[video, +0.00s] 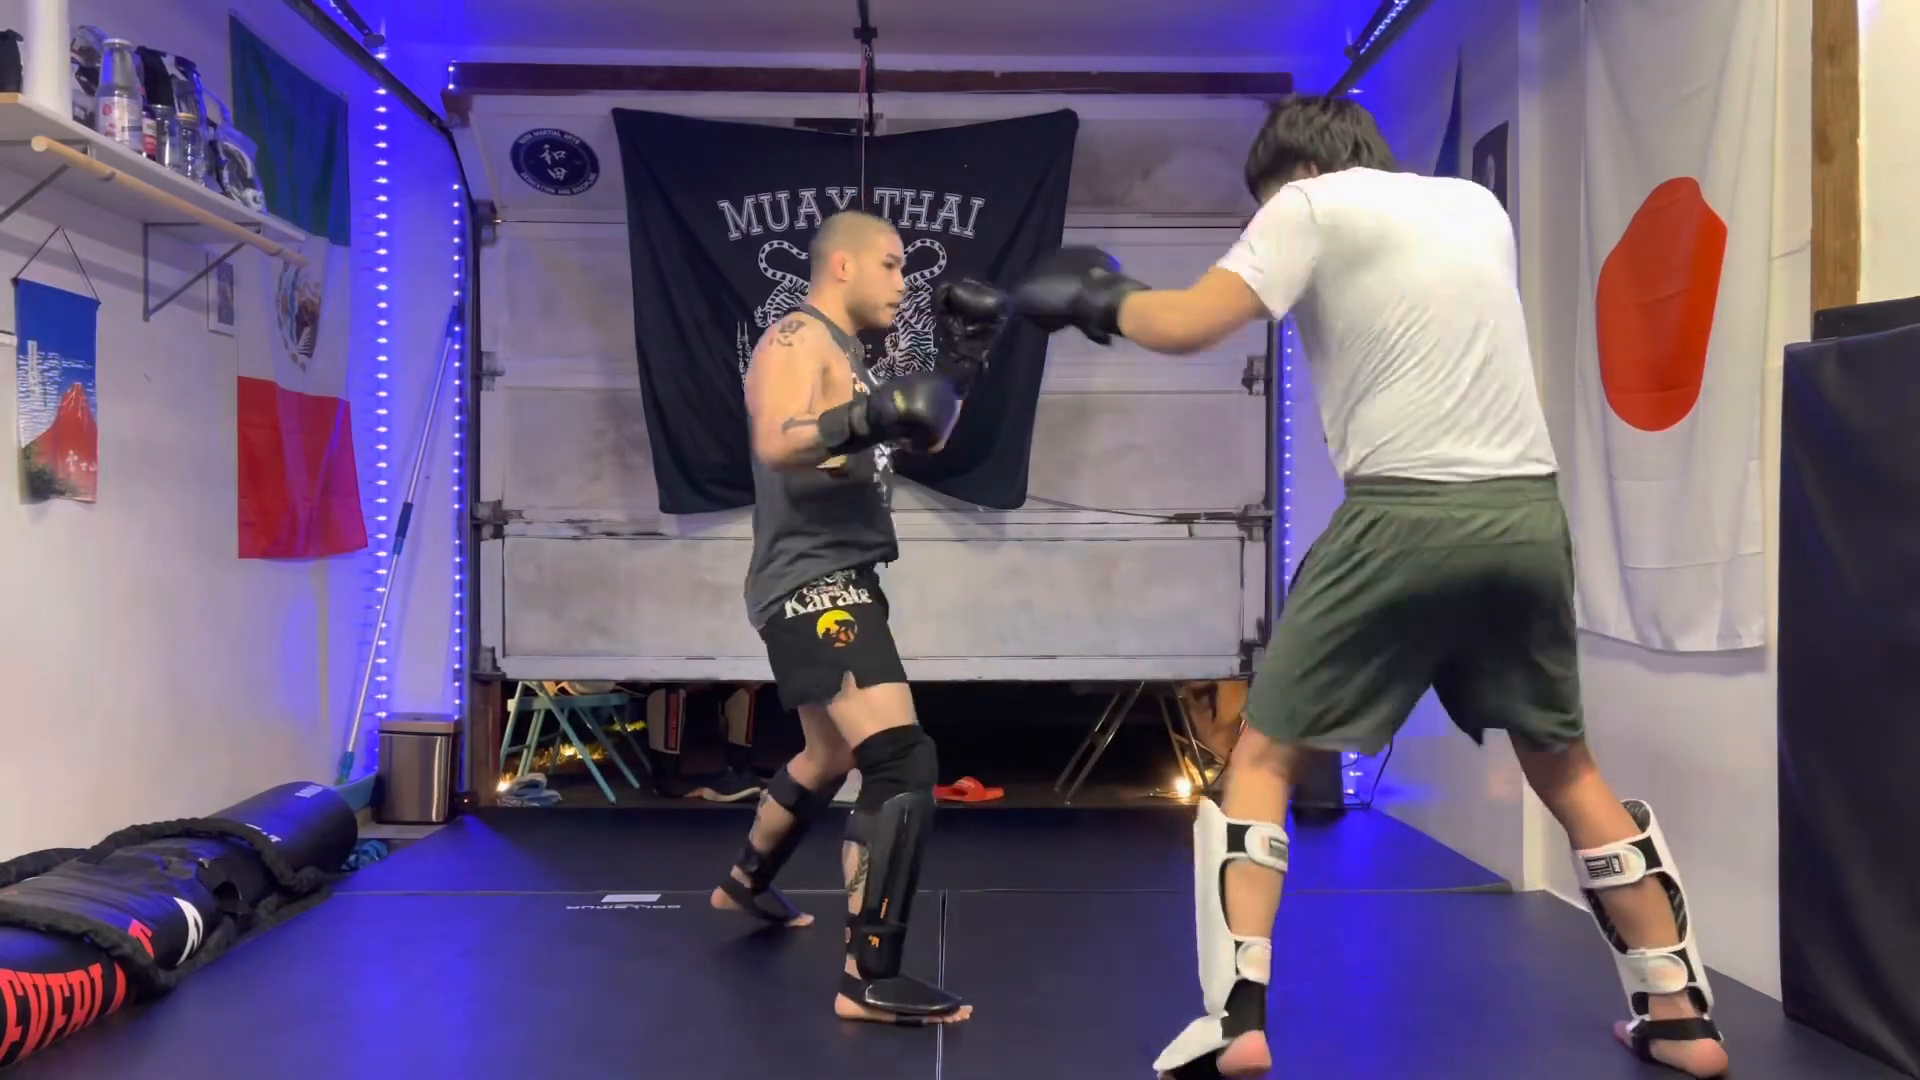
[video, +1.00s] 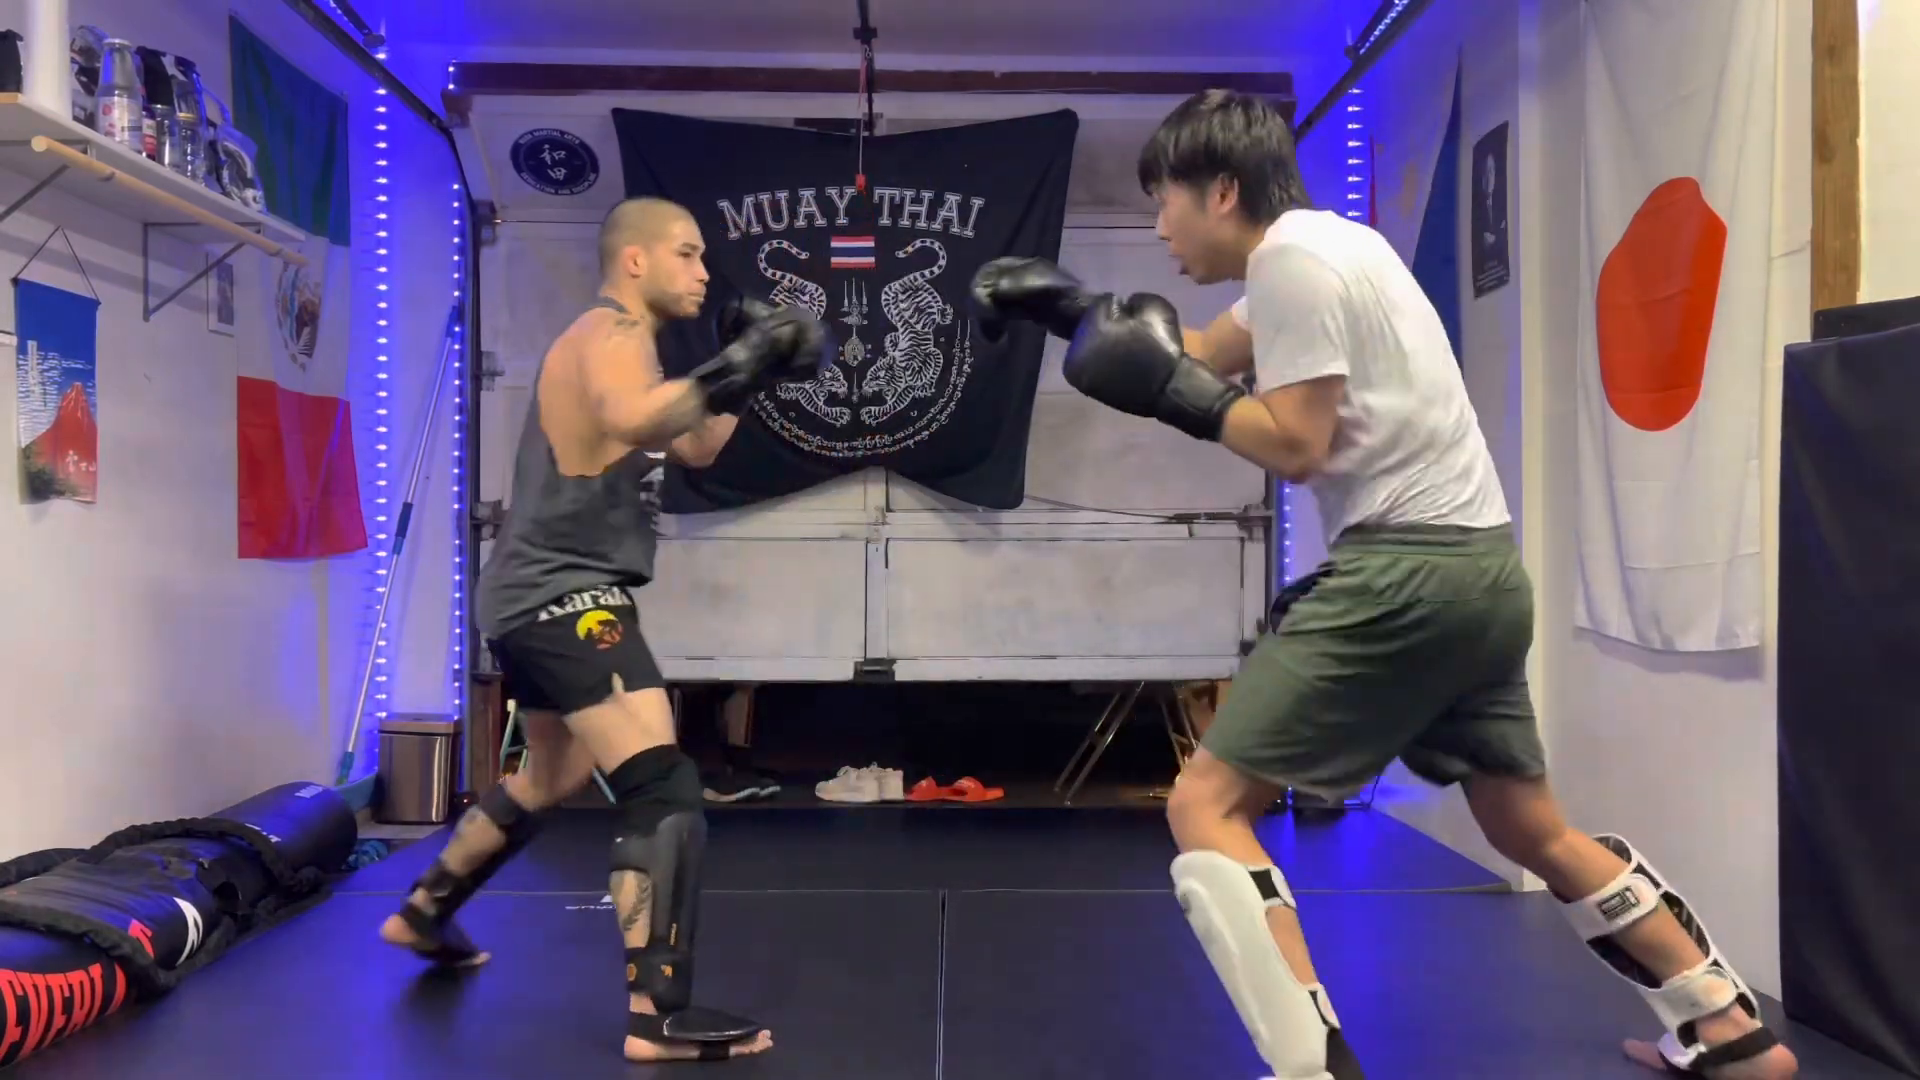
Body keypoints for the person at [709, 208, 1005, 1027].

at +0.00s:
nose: (902, 283)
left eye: (902, 268)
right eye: (890, 266)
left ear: (850, 270)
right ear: (842, 268)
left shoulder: (851, 354)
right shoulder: (794, 340)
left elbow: (927, 445)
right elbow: (777, 445)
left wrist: (959, 357)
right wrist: (873, 414)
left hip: (832, 578)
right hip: (814, 581)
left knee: (827, 757)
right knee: (900, 760)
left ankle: (745, 884)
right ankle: (874, 979)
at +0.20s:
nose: (869, 312)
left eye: (869, 299)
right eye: (855, 297)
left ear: (826, 307)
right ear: (804, 303)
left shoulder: (827, 386)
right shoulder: (758, 374)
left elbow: (890, 472)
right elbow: (740, 483)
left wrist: (921, 392)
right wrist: (809, 404)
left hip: (813, 603)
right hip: (774, 606)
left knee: (826, 776)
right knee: (874, 770)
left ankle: (738, 895)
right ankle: (871, 975)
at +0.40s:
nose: (832, 254)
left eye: (835, 243)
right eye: (819, 241)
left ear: (818, 257)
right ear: (769, 249)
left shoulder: (797, 336)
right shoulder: (737, 316)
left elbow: (854, 429)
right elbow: (733, 407)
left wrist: (900, 363)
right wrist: (804, 327)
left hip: (758, 560)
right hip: (730, 560)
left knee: (773, 740)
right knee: (794, 744)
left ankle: (728, 895)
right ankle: (711, 937)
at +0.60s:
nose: (794, 294)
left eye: (795, 281)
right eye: (780, 280)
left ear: (757, 291)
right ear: (728, 288)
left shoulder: (753, 380)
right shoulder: (692, 366)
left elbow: (819, 455)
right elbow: (694, 475)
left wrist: (856, 377)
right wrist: (750, 381)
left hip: (720, 593)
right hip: (696, 594)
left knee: (752, 761)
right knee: (807, 748)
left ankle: (695, 891)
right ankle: (689, 930)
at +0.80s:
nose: (759, 286)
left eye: (756, 271)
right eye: (742, 269)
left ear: (686, 284)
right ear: (690, 278)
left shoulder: (666, 359)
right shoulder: (689, 343)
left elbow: (714, 451)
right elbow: (792, 336)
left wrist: (760, 417)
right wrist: (910, 284)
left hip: (613, 603)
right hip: (653, 605)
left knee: (667, 767)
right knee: (732, 802)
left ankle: (650, 906)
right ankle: (666, 1015)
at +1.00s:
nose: (703, 271)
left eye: (702, 257)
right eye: (688, 255)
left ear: (634, 269)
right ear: (634, 260)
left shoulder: (628, 351)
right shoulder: (607, 336)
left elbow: (699, 447)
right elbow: (634, 418)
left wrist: (748, 370)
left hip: (539, 596)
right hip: (565, 595)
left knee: (550, 776)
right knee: (662, 789)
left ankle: (424, 913)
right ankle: (658, 1014)